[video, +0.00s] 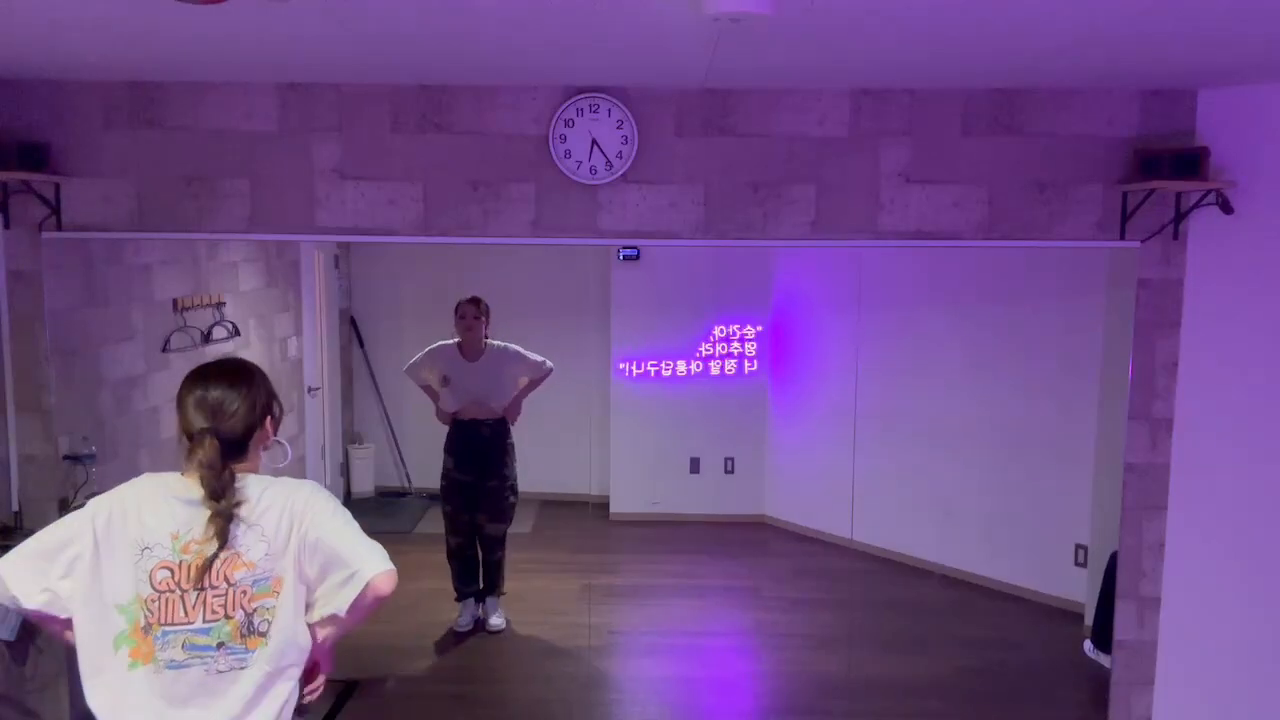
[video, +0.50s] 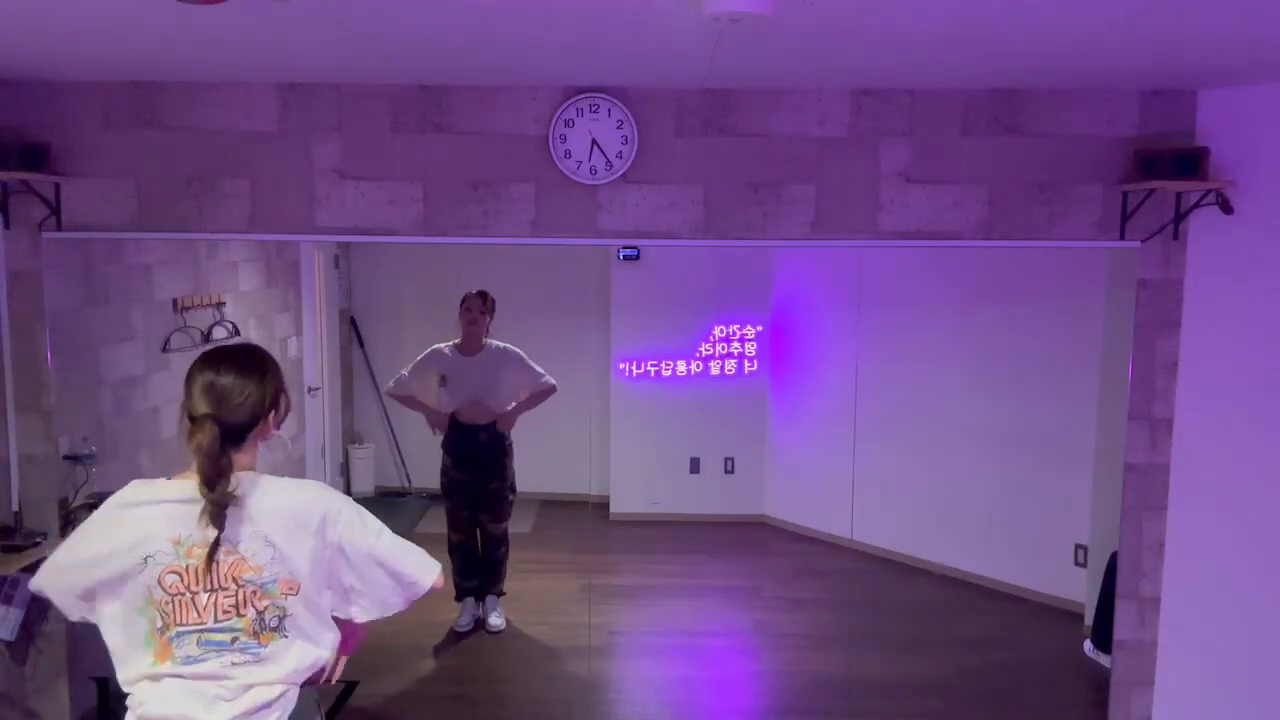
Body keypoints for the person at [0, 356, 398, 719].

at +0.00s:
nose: (277, 429)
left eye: (275, 416)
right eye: (276, 418)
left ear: (184, 427)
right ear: (265, 430)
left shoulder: (120, 506)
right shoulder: (302, 504)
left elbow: (16, 578)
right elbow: (380, 581)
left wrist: (91, 637)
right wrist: (323, 637)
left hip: (135, 711)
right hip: (256, 711)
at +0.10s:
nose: (283, 424)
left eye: (281, 414)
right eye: (281, 415)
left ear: (192, 425)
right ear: (273, 428)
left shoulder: (130, 499)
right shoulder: (305, 498)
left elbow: (19, 573)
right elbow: (374, 576)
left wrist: (91, 630)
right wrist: (325, 637)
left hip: (146, 709)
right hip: (256, 709)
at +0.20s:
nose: (288, 426)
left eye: (286, 414)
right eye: (286, 416)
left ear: (199, 421)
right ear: (277, 426)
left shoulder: (135, 495)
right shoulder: (309, 494)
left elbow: (22, 567)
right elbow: (379, 572)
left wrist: (102, 625)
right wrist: (332, 629)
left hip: (149, 709)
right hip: (259, 709)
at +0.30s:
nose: (289, 424)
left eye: (286, 409)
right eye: (287, 411)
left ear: (199, 418)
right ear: (277, 424)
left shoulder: (137, 492)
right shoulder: (310, 493)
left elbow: (17, 554)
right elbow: (403, 563)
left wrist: (104, 604)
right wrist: (342, 626)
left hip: (148, 708)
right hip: (262, 707)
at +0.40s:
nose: (290, 416)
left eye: (283, 401)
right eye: (288, 404)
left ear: (196, 412)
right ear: (276, 419)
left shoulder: (135, 499)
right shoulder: (314, 500)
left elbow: (18, 568)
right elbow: (430, 570)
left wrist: (117, 613)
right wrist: (352, 623)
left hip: (151, 708)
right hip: (264, 707)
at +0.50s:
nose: (283, 416)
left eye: (282, 404)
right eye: (282, 406)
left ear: (189, 411)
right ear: (271, 420)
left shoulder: (131, 507)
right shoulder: (312, 507)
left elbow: (55, 583)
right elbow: (429, 579)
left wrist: (138, 614)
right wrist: (351, 623)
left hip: (157, 708)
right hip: (270, 710)